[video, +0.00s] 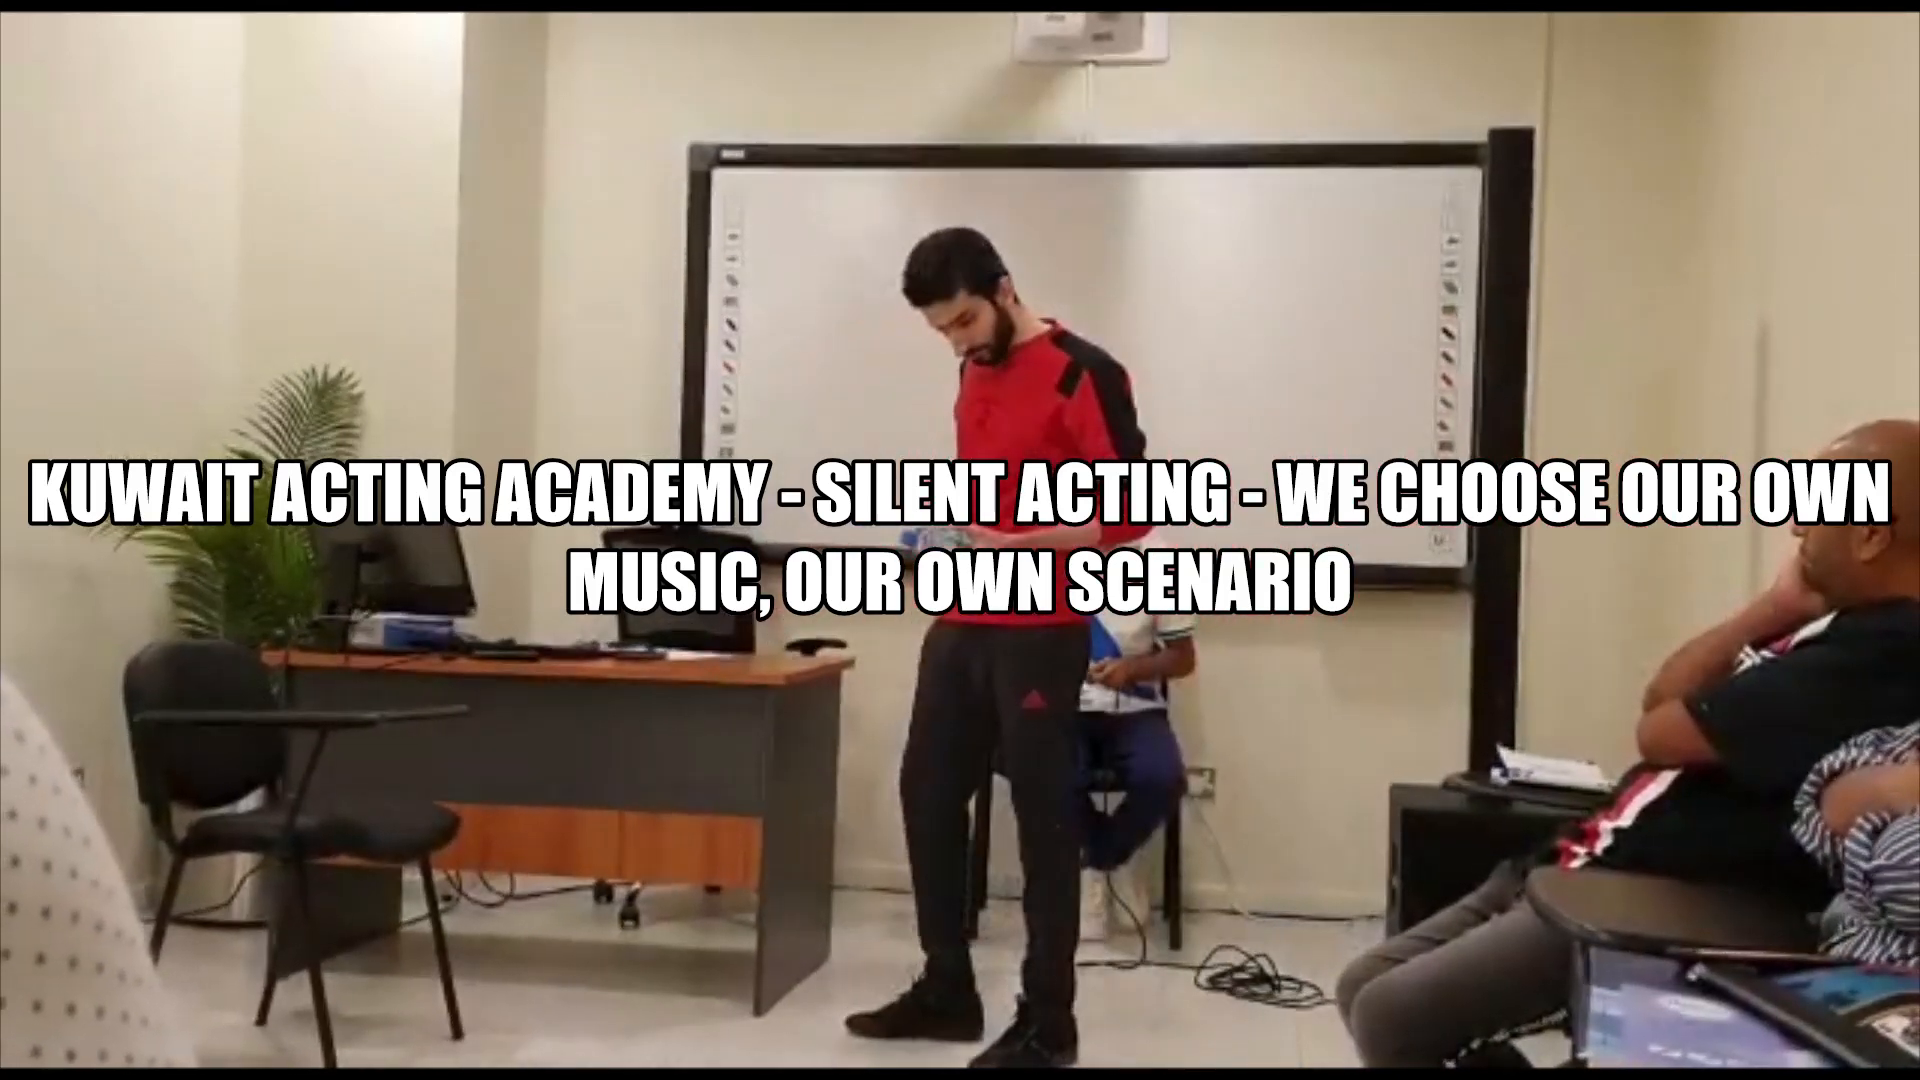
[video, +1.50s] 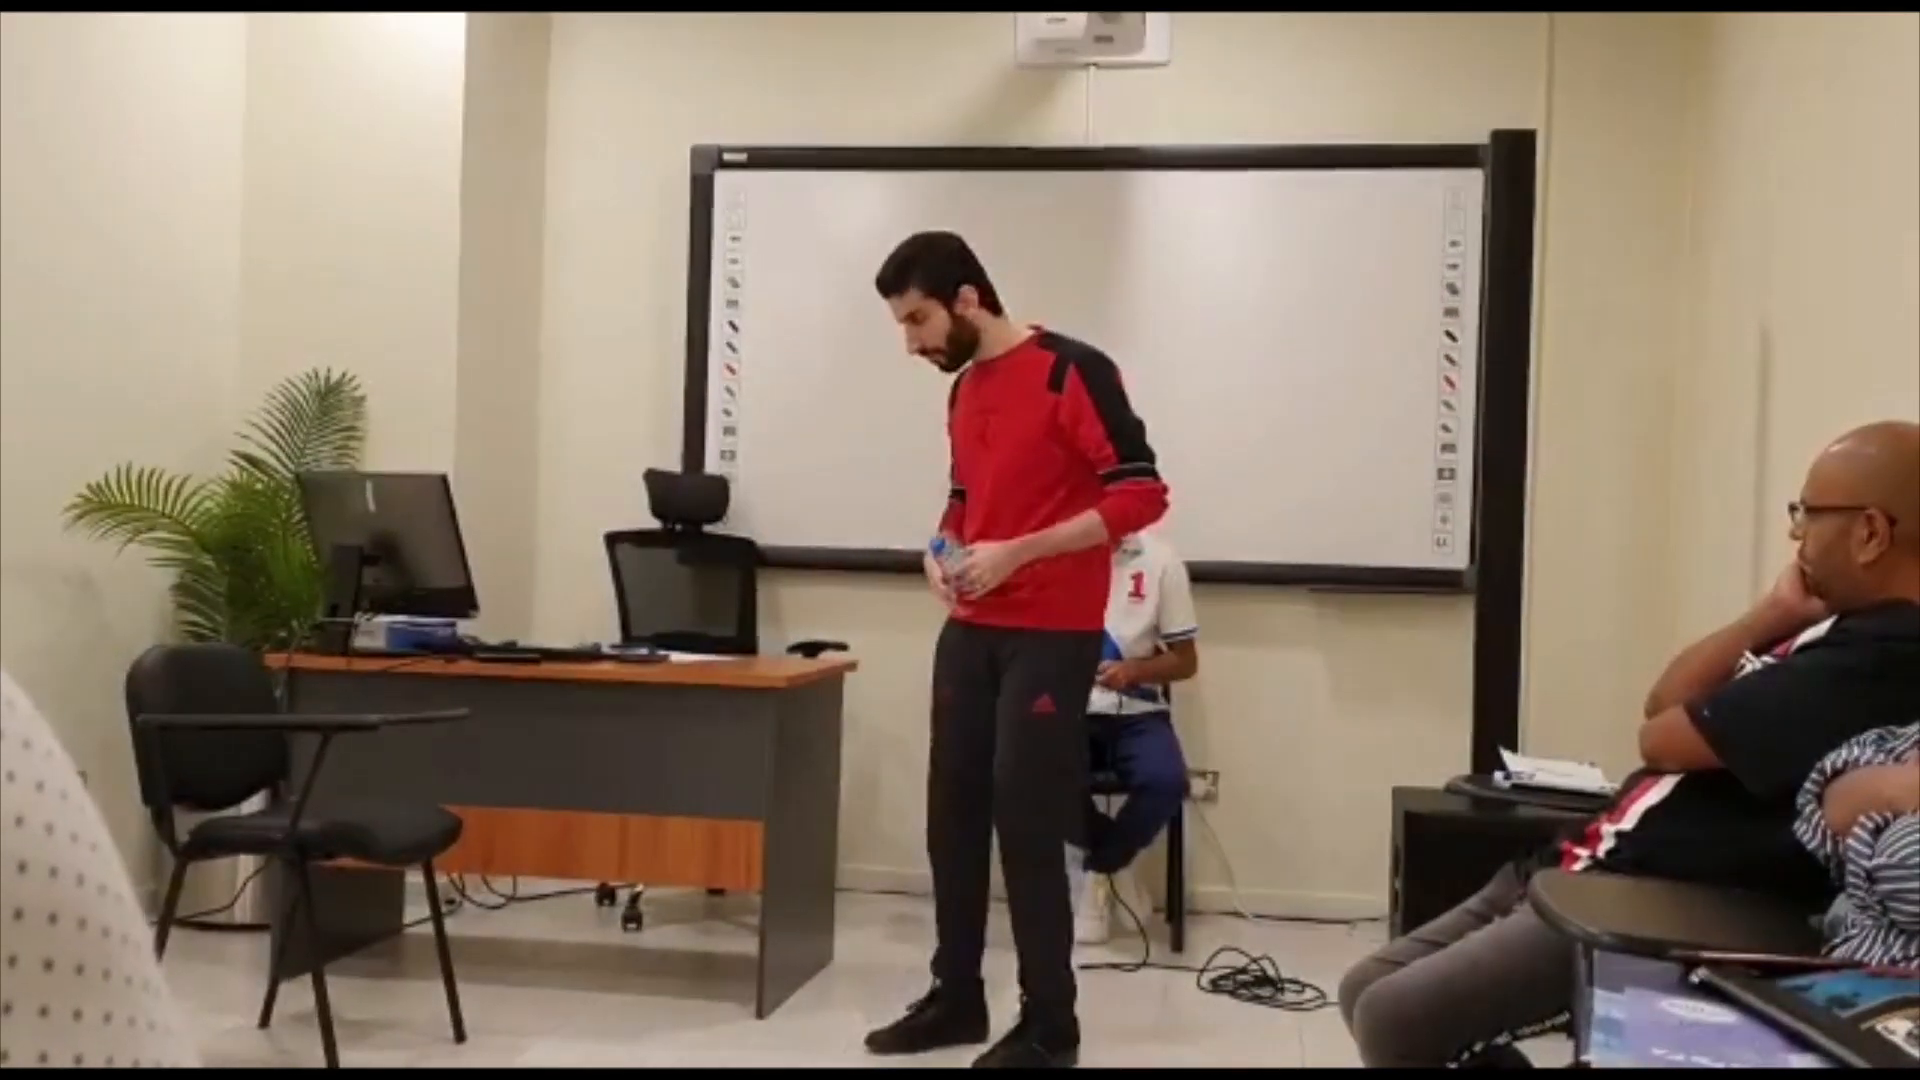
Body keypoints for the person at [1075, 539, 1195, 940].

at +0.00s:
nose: (1118, 533)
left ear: (1137, 536)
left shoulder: (1156, 576)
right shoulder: (1056, 575)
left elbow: (1183, 656)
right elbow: (1034, 646)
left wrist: (1134, 667)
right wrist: (1076, 670)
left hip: (1139, 713)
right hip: (1072, 712)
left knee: (1162, 778)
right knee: (1051, 780)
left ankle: (1097, 863)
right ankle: (1117, 861)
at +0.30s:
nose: (1126, 530)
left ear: (1139, 535)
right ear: (1083, 528)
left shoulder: (1156, 575)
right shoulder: (1057, 572)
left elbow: (1184, 658)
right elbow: (1034, 648)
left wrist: (1132, 669)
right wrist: (1073, 670)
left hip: (1139, 714)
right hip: (1072, 713)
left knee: (1162, 780)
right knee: (1048, 778)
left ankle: (1096, 868)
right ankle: (1116, 862)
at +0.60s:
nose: (1120, 511)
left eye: (1129, 495)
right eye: (1109, 496)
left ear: (1142, 503)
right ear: (1087, 501)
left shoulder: (1156, 560)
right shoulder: (1063, 559)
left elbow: (1183, 658)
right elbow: (1038, 634)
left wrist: (1132, 669)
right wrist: (1066, 666)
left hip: (1138, 712)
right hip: (1072, 710)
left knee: (1161, 782)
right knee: (1048, 780)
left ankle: (1095, 868)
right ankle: (1116, 862)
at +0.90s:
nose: (1121, 511)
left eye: (1131, 496)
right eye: (1110, 499)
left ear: (1142, 503)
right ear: (1088, 502)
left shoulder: (1157, 562)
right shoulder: (1062, 559)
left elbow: (1183, 659)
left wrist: (1132, 670)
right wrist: (1066, 667)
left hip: (1138, 713)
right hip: (1073, 712)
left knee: (1161, 782)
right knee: (1050, 783)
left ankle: (1095, 868)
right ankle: (1117, 863)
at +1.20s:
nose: (1123, 509)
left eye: (1134, 493)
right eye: (1112, 494)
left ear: (1145, 501)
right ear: (1087, 499)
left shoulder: (1157, 558)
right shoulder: (1064, 556)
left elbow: (1184, 660)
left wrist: (1133, 669)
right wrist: (1072, 666)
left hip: (1139, 715)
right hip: (1074, 713)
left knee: (1163, 783)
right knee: (1048, 782)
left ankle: (1098, 868)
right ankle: (1119, 861)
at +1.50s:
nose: (1119, 511)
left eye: (1129, 496)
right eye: (1110, 497)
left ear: (1141, 502)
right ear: (1085, 501)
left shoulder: (1157, 559)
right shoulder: (1065, 560)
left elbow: (1185, 660)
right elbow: (1037, 634)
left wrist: (1134, 670)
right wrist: (1068, 665)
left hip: (1139, 714)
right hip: (1073, 713)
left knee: (1164, 783)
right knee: (1044, 776)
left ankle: (1098, 869)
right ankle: (1117, 856)